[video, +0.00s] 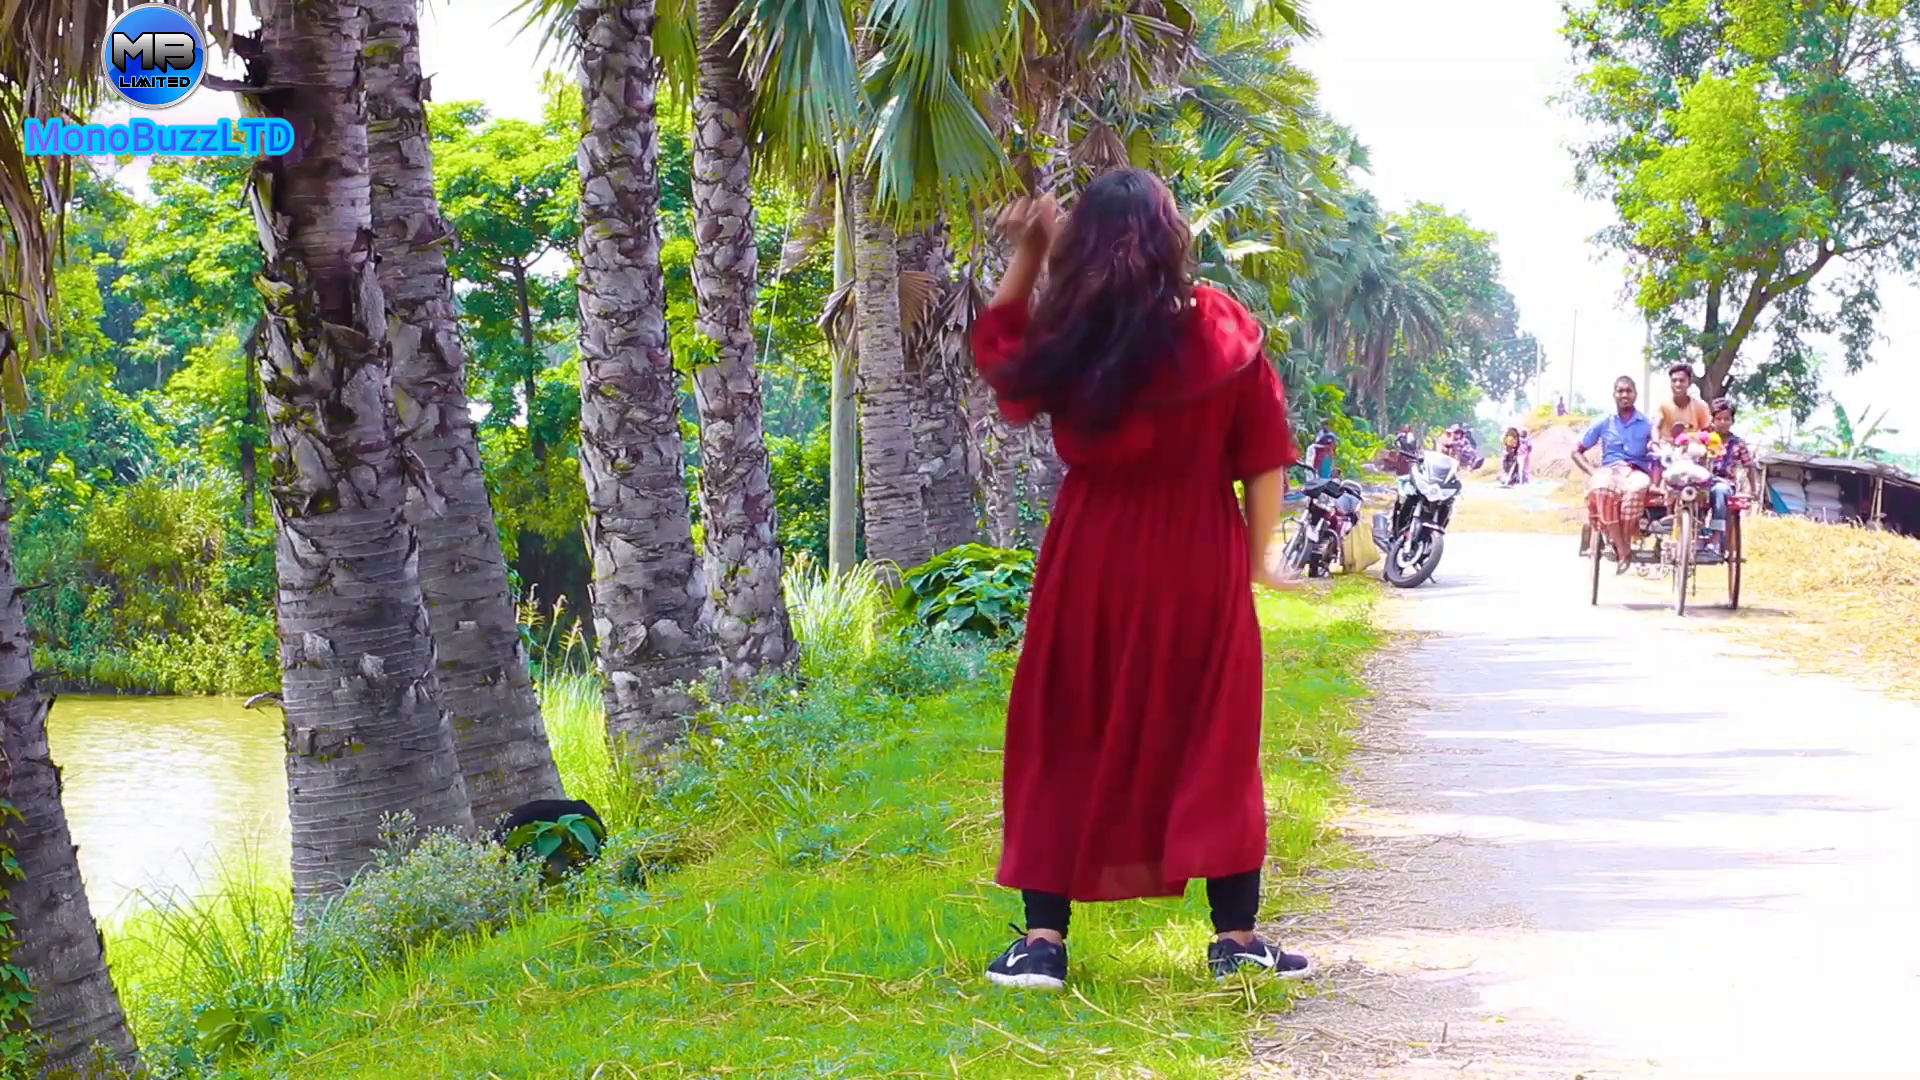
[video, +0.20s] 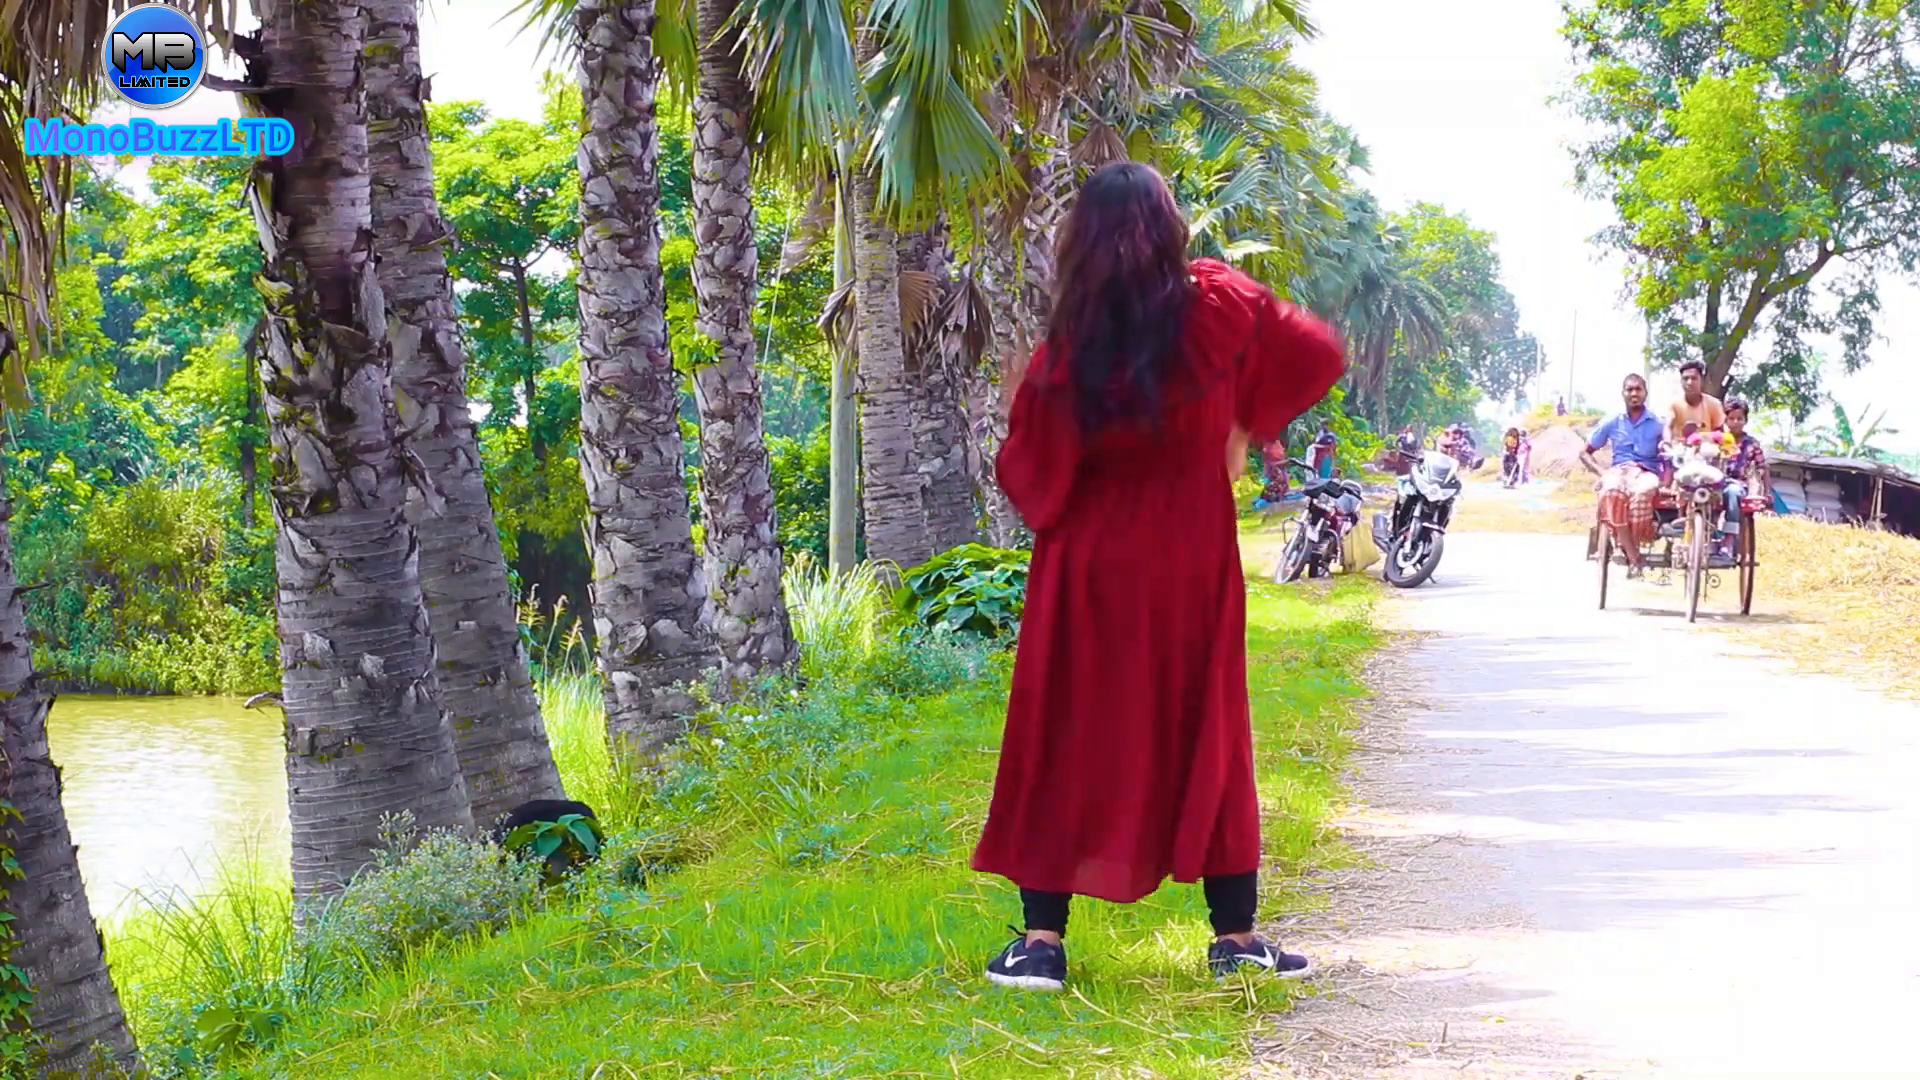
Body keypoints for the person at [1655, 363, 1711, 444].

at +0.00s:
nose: (1678, 384)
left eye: (1682, 381)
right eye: (1674, 380)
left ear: (1689, 383)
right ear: (1670, 383)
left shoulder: (1701, 407)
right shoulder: (1664, 406)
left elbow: (1708, 431)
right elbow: (1656, 427)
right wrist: (1655, 441)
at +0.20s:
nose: (1689, 383)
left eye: (1694, 378)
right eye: (1686, 378)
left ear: (1701, 380)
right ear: (1681, 381)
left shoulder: (1714, 404)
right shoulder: (1675, 405)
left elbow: (1720, 431)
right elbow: (1667, 427)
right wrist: (1667, 441)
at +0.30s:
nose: (1695, 381)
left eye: (1700, 377)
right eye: (1691, 377)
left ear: (1708, 380)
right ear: (1687, 380)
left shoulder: (1720, 404)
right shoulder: (1680, 403)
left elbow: (1727, 430)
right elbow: (1673, 426)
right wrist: (1673, 441)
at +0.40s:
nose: (1702, 379)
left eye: (1706, 375)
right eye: (1698, 375)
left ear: (1715, 377)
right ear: (1693, 378)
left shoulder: (1726, 402)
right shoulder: (1686, 400)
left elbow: (1735, 428)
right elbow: (1680, 424)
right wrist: (1679, 440)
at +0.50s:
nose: (1708, 378)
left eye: (1713, 374)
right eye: (1704, 374)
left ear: (1721, 377)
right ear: (1699, 377)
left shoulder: (1734, 402)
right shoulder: (1693, 401)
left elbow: (1741, 428)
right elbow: (1686, 424)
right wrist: (1685, 440)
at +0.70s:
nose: (1722, 375)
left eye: (1728, 370)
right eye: (1718, 370)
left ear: (1736, 374)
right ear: (1712, 373)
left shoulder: (1749, 399)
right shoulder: (1703, 395)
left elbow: (1756, 426)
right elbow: (1697, 421)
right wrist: (1696, 438)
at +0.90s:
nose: (1737, 371)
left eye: (1743, 366)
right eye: (1733, 366)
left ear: (1751, 369)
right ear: (1727, 369)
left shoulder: (1764, 395)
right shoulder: (1716, 392)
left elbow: (1771, 425)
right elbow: (1710, 418)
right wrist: (1711, 437)